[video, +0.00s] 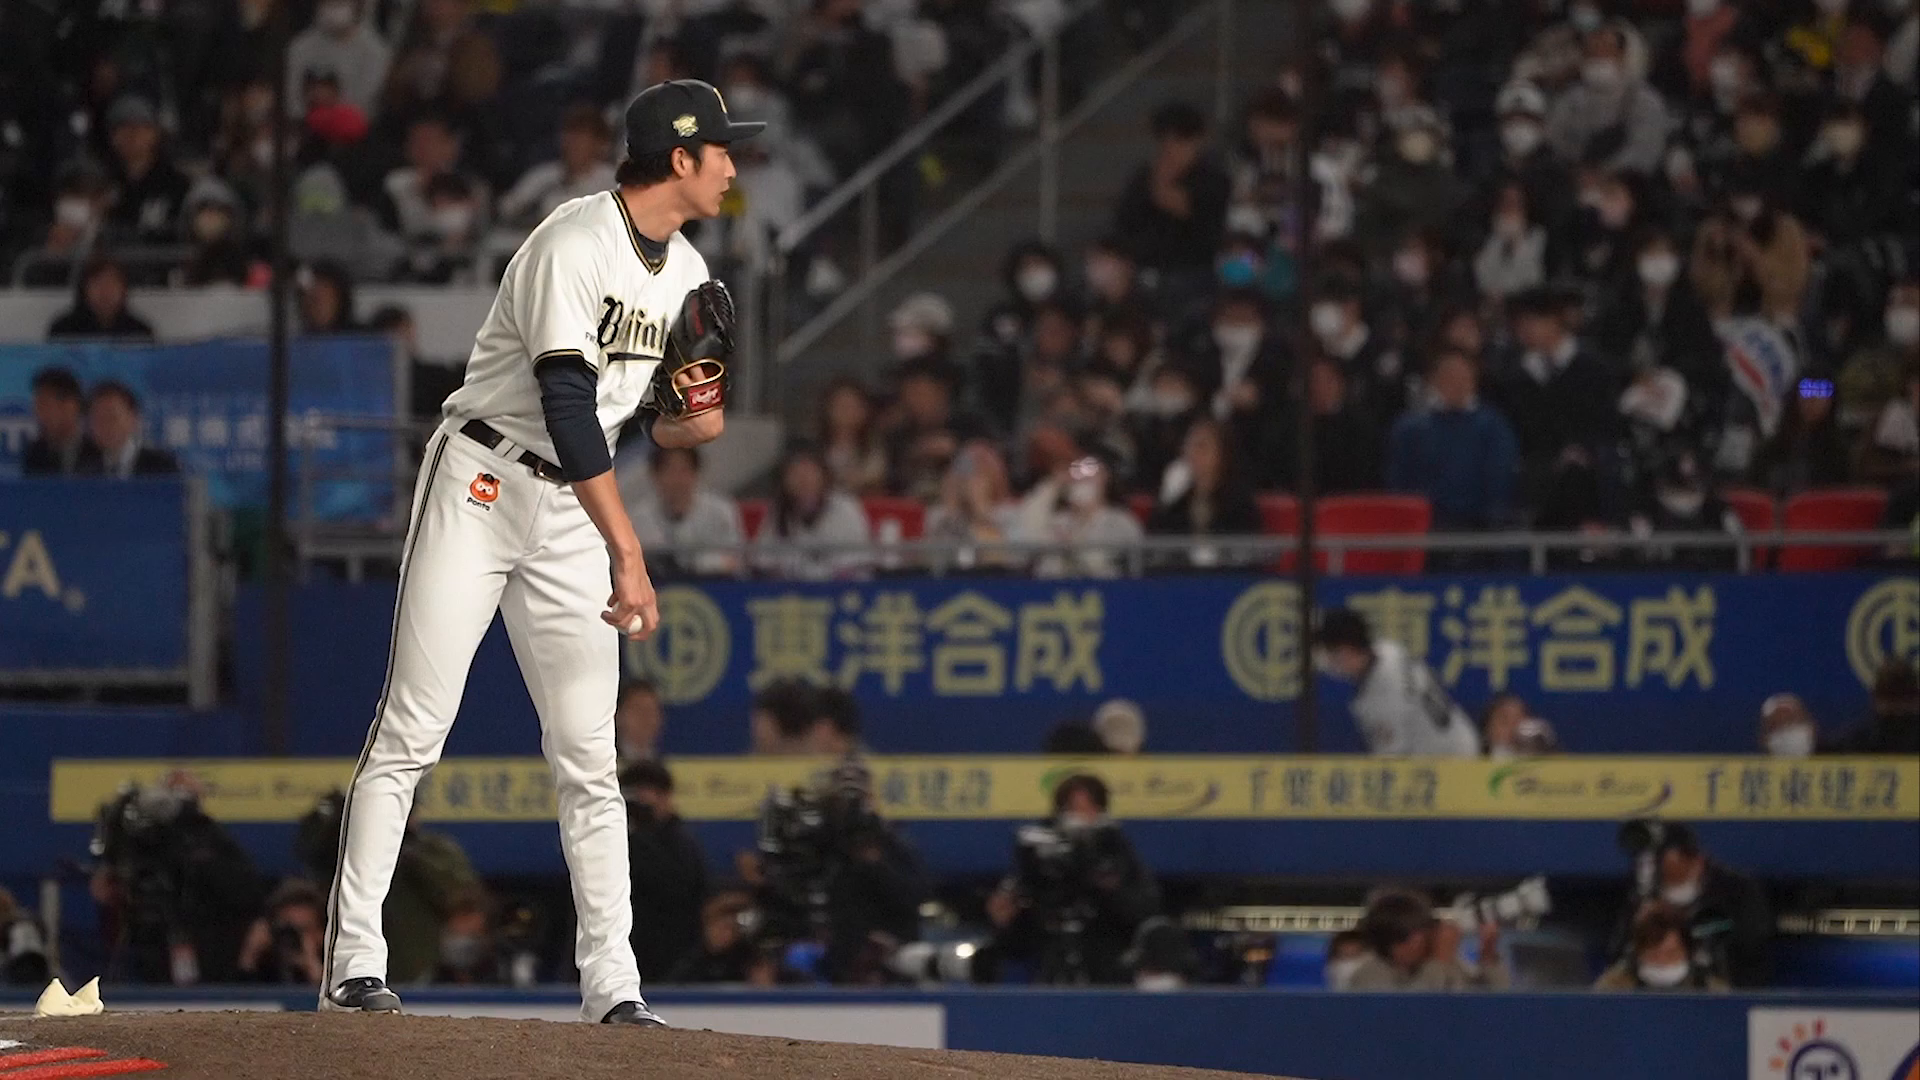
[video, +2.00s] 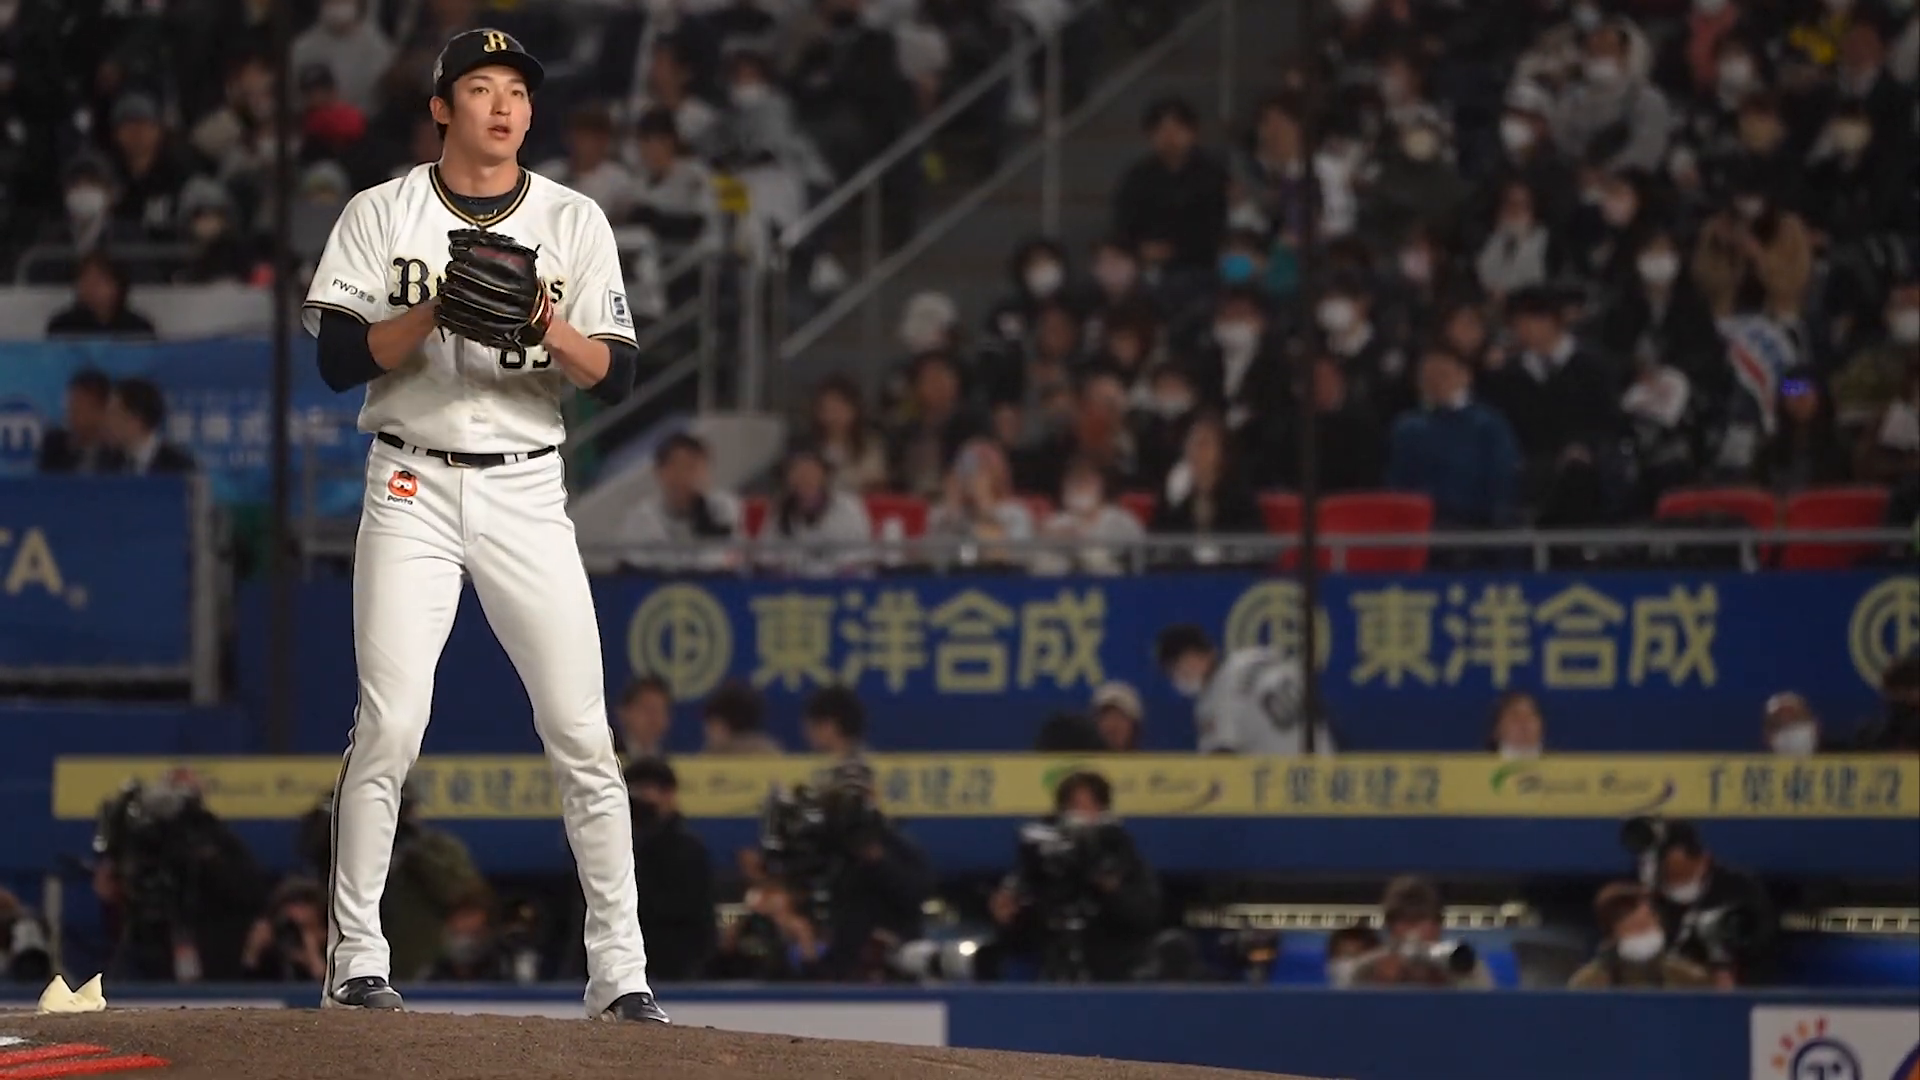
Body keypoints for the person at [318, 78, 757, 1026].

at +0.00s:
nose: (733, 166)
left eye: (730, 151)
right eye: (721, 150)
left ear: (681, 161)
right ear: (680, 157)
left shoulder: (692, 274)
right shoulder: (570, 243)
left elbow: (663, 416)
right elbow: (568, 409)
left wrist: (688, 424)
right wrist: (627, 552)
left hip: (577, 513)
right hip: (480, 481)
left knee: (589, 759)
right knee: (412, 729)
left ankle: (613, 993)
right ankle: (354, 962)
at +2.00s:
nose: (503, 109)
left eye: (515, 95)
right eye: (483, 95)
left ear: (530, 113)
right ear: (441, 110)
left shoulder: (574, 218)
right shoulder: (381, 212)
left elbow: (605, 371)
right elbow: (335, 362)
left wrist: (547, 324)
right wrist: (433, 310)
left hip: (527, 494)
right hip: (410, 488)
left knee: (585, 738)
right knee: (390, 724)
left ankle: (621, 983)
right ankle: (357, 964)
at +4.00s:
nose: (536, 137)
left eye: (549, 119)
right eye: (517, 119)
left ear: (569, 131)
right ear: (477, 129)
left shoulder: (613, 235)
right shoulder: (418, 228)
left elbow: (645, 351)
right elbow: (379, 340)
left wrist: (559, 271)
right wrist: (469, 261)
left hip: (561, 515)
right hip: (442, 507)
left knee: (603, 750)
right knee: (410, 724)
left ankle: (647, 977)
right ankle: (360, 959)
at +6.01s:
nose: (592, 133)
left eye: (593, 118)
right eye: (574, 117)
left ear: (585, 133)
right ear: (517, 128)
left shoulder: (624, 238)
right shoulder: (429, 220)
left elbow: (659, 380)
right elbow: (403, 343)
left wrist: (589, 281)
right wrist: (491, 250)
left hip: (566, 511)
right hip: (447, 501)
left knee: (603, 748)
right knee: (413, 724)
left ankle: (645, 970)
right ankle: (361, 957)